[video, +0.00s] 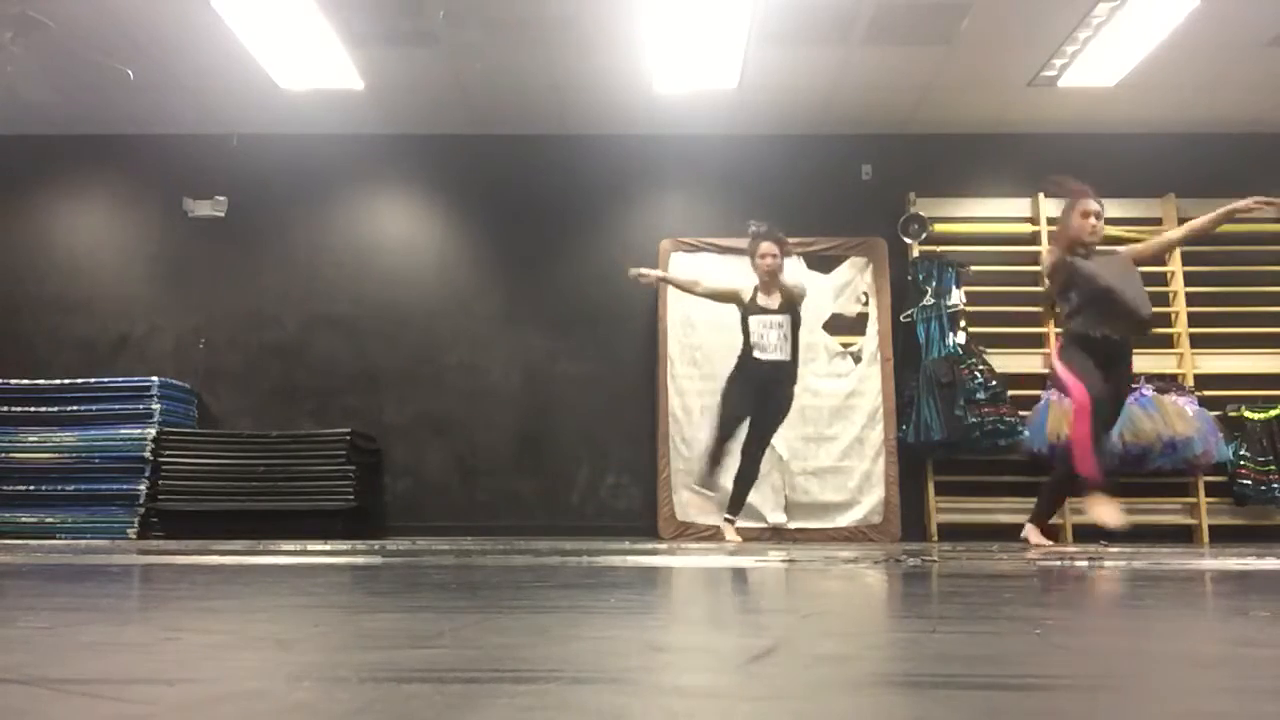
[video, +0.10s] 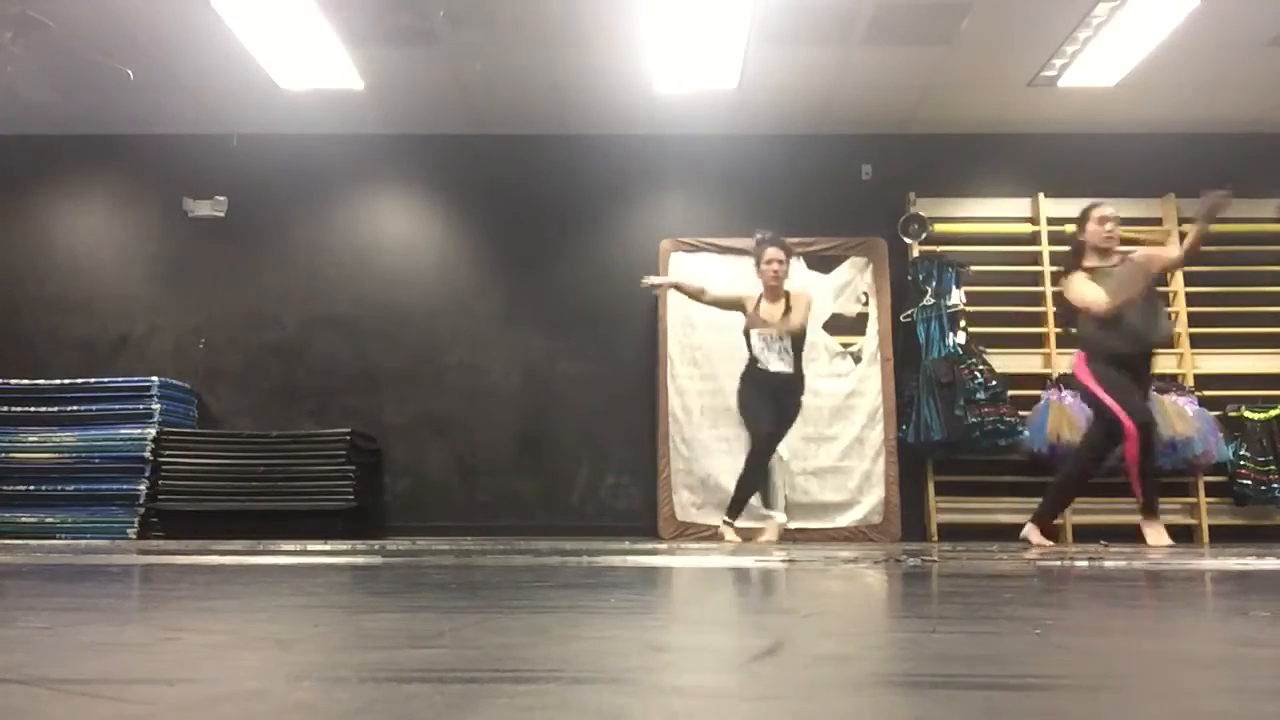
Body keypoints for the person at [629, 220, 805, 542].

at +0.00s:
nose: (769, 262)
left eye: (774, 256)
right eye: (763, 256)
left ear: (783, 260)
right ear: (753, 262)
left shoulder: (794, 296)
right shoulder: (744, 297)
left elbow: (796, 292)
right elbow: (698, 288)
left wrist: (779, 276)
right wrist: (661, 276)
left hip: (780, 387)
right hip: (746, 380)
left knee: (754, 452)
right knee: (725, 431)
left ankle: (730, 520)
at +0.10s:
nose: (776, 268)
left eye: (781, 262)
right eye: (769, 263)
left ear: (788, 266)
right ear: (758, 269)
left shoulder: (801, 300)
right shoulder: (749, 303)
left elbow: (796, 326)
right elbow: (706, 296)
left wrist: (766, 325)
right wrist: (674, 283)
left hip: (789, 390)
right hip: (754, 385)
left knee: (762, 451)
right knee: (764, 441)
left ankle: (728, 521)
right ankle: (772, 518)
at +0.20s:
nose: (784, 269)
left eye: (789, 264)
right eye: (777, 264)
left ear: (795, 269)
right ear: (765, 270)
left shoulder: (807, 303)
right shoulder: (756, 305)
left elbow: (813, 345)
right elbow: (711, 300)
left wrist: (781, 365)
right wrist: (689, 285)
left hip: (804, 389)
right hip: (770, 389)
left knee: (789, 459)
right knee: (779, 447)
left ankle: (746, 506)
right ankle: (777, 524)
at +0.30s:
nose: (799, 271)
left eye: (804, 265)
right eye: (792, 265)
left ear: (809, 271)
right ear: (779, 271)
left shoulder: (825, 308)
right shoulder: (768, 307)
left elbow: (839, 350)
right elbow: (723, 297)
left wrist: (804, 380)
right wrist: (697, 267)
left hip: (820, 392)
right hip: (783, 391)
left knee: (844, 457)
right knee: (778, 453)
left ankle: (812, 488)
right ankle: (777, 525)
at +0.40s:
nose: (819, 269)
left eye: (824, 263)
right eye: (812, 263)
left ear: (830, 268)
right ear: (797, 267)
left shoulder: (844, 307)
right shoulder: (787, 304)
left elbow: (866, 346)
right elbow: (744, 292)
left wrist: (843, 370)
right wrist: (715, 270)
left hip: (844, 394)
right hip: (805, 396)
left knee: (892, 444)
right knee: (780, 446)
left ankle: (909, 514)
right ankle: (778, 525)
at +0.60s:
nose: (861, 275)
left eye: (866, 269)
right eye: (854, 270)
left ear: (873, 273)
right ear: (841, 276)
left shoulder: (890, 294)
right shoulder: (838, 314)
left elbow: (943, 294)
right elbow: (836, 358)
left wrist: (996, 302)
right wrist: (851, 362)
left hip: (892, 394)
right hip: (854, 395)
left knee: (936, 455)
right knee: (824, 457)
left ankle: (970, 530)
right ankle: (775, 522)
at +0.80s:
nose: (907, 282)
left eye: (910, 275)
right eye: (899, 276)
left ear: (915, 280)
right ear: (881, 284)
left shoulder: (912, 314)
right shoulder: (882, 316)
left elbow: (944, 321)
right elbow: (855, 352)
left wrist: (977, 305)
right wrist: (894, 377)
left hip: (899, 409)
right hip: (862, 408)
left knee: (951, 455)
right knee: (819, 458)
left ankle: (972, 530)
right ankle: (781, 526)